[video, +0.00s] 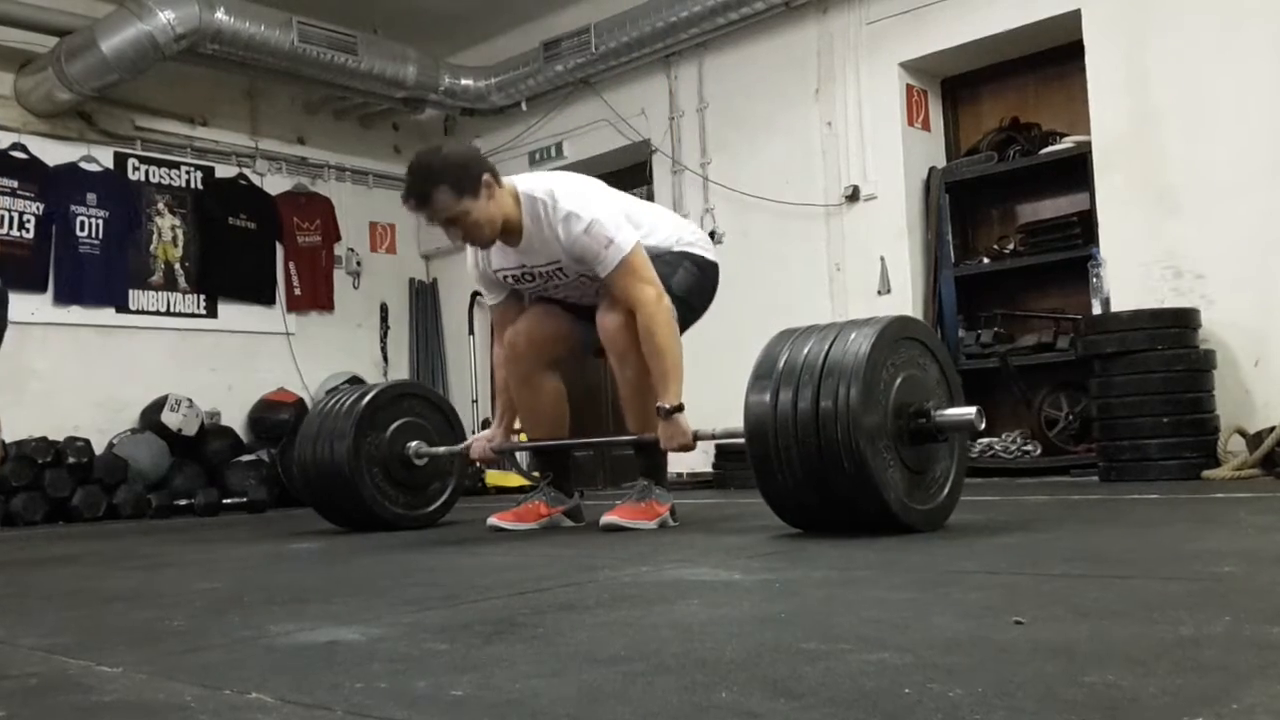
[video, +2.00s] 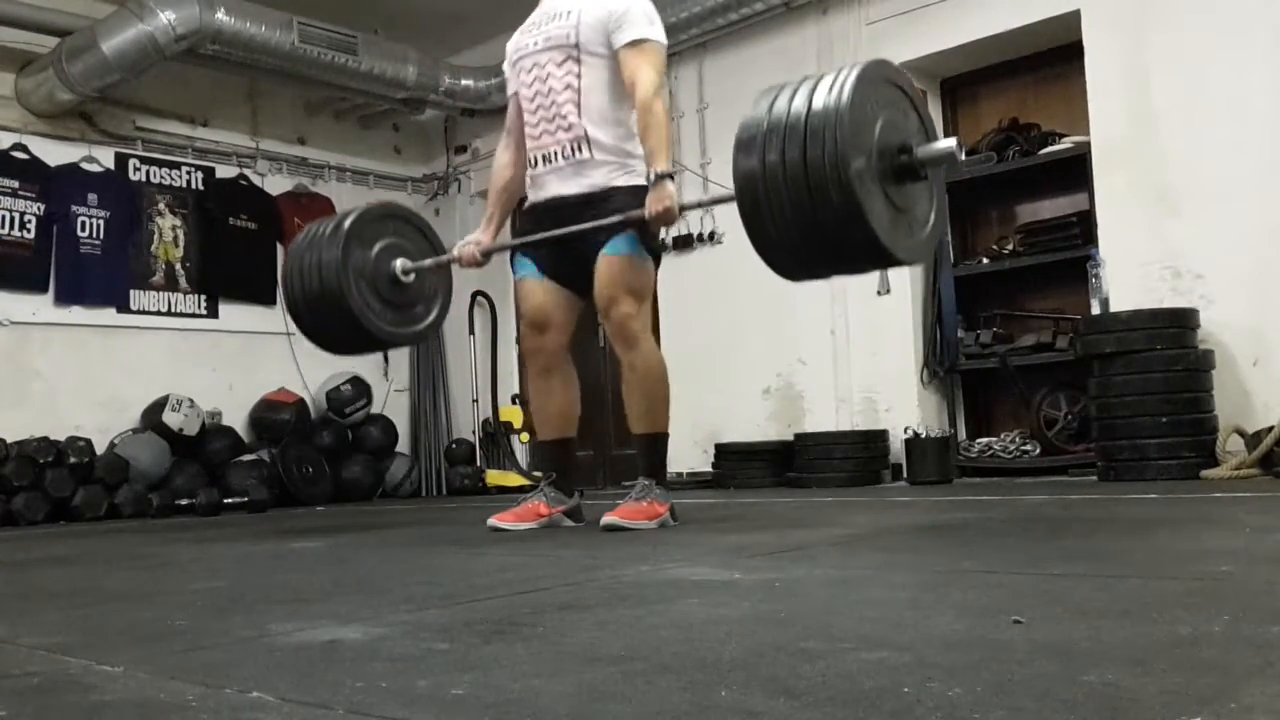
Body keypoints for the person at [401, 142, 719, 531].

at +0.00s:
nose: (454, 237)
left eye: (457, 220)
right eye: (444, 228)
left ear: (489, 187)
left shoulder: (572, 212)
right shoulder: (486, 254)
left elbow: (651, 299)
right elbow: (508, 333)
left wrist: (670, 409)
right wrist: (501, 425)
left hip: (679, 261)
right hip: (596, 290)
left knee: (617, 321)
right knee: (522, 344)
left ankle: (652, 490)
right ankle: (559, 495)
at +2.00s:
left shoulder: (621, 5)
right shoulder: (519, 41)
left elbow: (647, 89)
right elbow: (513, 143)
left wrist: (661, 176)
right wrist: (488, 229)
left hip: (617, 194)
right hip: (544, 207)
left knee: (625, 320)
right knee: (540, 336)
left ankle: (653, 487)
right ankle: (558, 492)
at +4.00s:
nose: (463, 75)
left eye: (469, 55)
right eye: (451, 64)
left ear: (507, 34)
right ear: (446, 65)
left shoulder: (590, 92)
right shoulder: (490, 137)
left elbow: (643, 202)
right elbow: (503, 242)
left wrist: (669, 299)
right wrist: (493, 334)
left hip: (665, 214)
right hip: (596, 238)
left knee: (645, 316)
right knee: (541, 332)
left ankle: (657, 489)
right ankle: (556, 493)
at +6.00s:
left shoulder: (599, 27)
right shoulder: (501, 73)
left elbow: (643, 127)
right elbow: (509, 177)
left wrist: (664, 219)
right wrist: (489, 265)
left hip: (626, 208)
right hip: (559, 221)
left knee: (630, 318)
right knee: (529, 335)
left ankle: (654, 488)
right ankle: (557, 491)